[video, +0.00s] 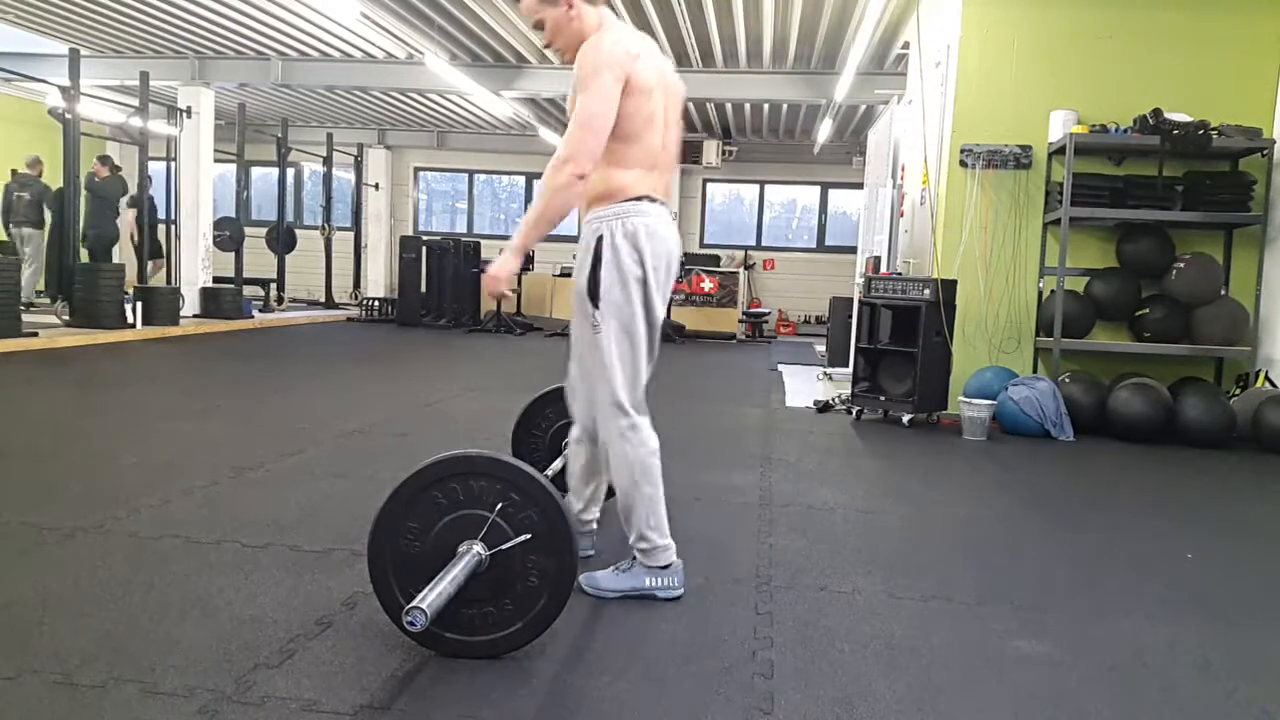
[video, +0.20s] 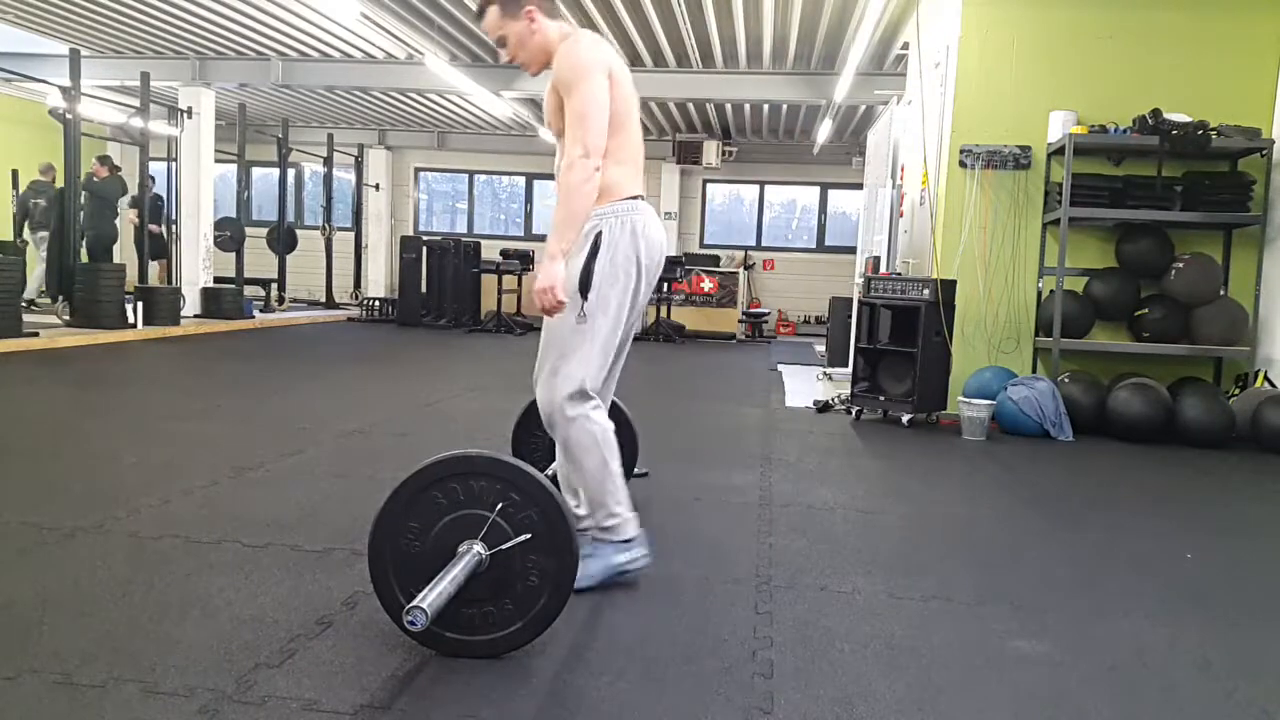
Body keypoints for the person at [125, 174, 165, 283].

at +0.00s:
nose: (145, 187)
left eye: (147, 185)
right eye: (143, 185)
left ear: (150, 185)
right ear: (139, 185)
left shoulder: (150, 199)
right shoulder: (135, 199)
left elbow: (153, 218)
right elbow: (131, 218)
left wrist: (154, 235)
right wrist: (134, 237)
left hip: (152, 234)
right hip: (140, 235)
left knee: (159, 263)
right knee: (142, 264)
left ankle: (145, 281)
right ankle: (140, 287)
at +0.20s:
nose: (147, 188)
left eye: (149, 186)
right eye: (144, 186)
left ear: (153, 185)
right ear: (141, 185)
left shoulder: (159, 199)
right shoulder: (136, 199)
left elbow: (162, 216)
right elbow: (132, 217)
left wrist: (162, 228)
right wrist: (148, 226)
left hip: (156, 232)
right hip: (141, 233)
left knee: (163, 261)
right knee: (143, 262)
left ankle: (162, 288)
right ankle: (143, 288)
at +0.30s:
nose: (146, 187)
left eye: (149, 184)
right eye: (144, 185)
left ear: (154, 185)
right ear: (141, 185)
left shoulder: (162, 199)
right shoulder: (136, 199)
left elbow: (171, 214)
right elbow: (129, 217)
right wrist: (141, 224)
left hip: (156, 234)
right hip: (141, 234)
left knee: (163, 264)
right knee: (142, 263)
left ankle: (164, 290)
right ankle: (142, 290)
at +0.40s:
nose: (148, 186)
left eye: (151, 183)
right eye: (147, 183)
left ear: (157, 185)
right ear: (145, 184)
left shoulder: (164, 199)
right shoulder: (139, 199)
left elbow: (178, 211)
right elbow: (128, 213)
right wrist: (128, 223)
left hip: (158, 234)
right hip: (142, 233)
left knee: (163, 266)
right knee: (142, 264)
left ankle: (164, 290)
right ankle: (142, 290)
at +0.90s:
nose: (136, 185)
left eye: (138, 182)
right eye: (135, 182)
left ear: (145, 183)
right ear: (135, 183)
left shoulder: (157, 198)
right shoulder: (133, 199)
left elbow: (168, 212)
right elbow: (136, 215)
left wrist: (167, 223)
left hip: (156, 234)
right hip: (139, 234)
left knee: (161, 263)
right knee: (137, 264)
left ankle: (164, 291)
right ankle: (137, 291)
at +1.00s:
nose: (133, 186)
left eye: (135, 183)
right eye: (131, 183)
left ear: (142, 183)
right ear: (129, 185)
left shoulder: (154, 197)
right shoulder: (131, 199)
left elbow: (166, 213)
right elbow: (126, 213)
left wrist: (170, 231)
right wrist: (129, 198)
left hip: (153, 233)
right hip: (137, 233)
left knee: (158, 262)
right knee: (136, 262)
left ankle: (163, 289)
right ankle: (137, 290)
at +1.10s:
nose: (131, 186)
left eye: (134, 183)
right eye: (129, 184)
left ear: (140, 183)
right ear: (127, 186)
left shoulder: (153, 197)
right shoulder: (128, 199)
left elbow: (165, 215)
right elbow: (124, 220)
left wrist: (170, 232)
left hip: (152, 234)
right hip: (135, 235)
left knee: (158, 262)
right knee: (135, 264)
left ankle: (163, 290)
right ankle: (134, 292)